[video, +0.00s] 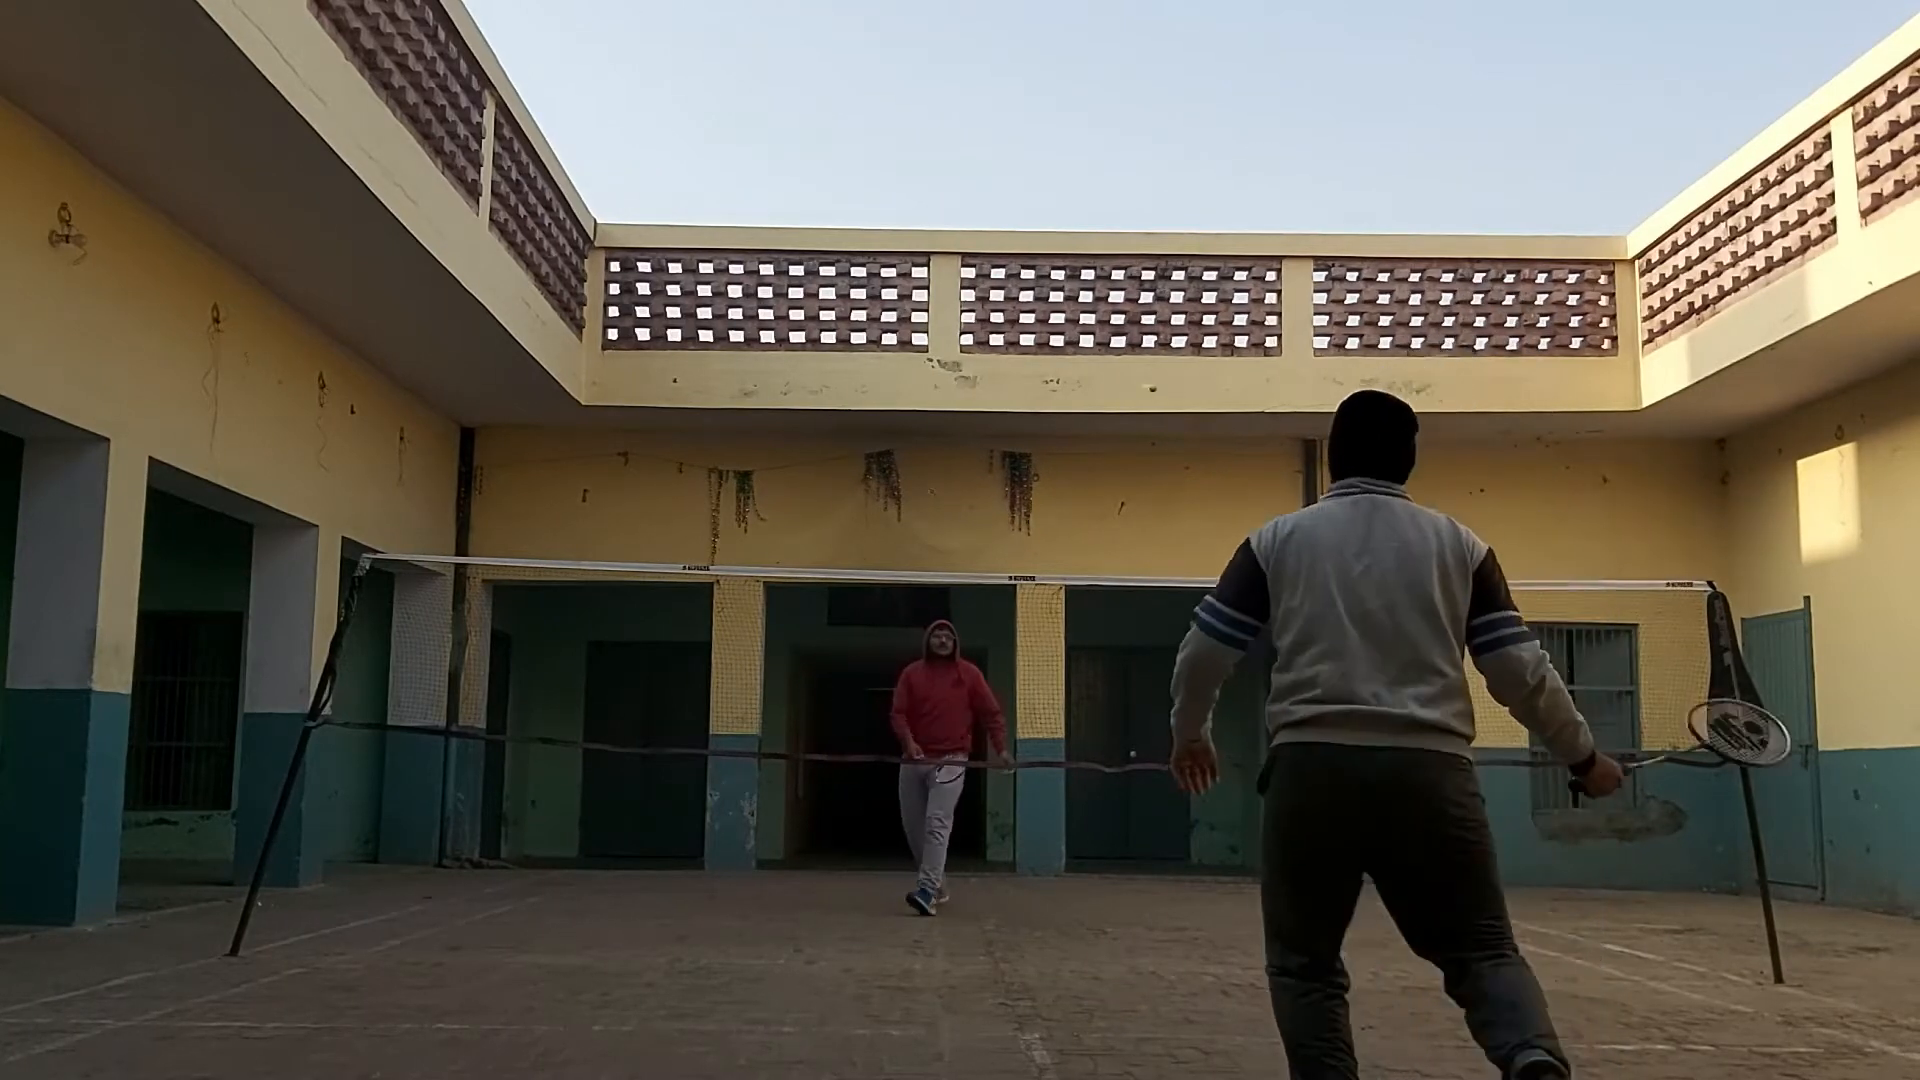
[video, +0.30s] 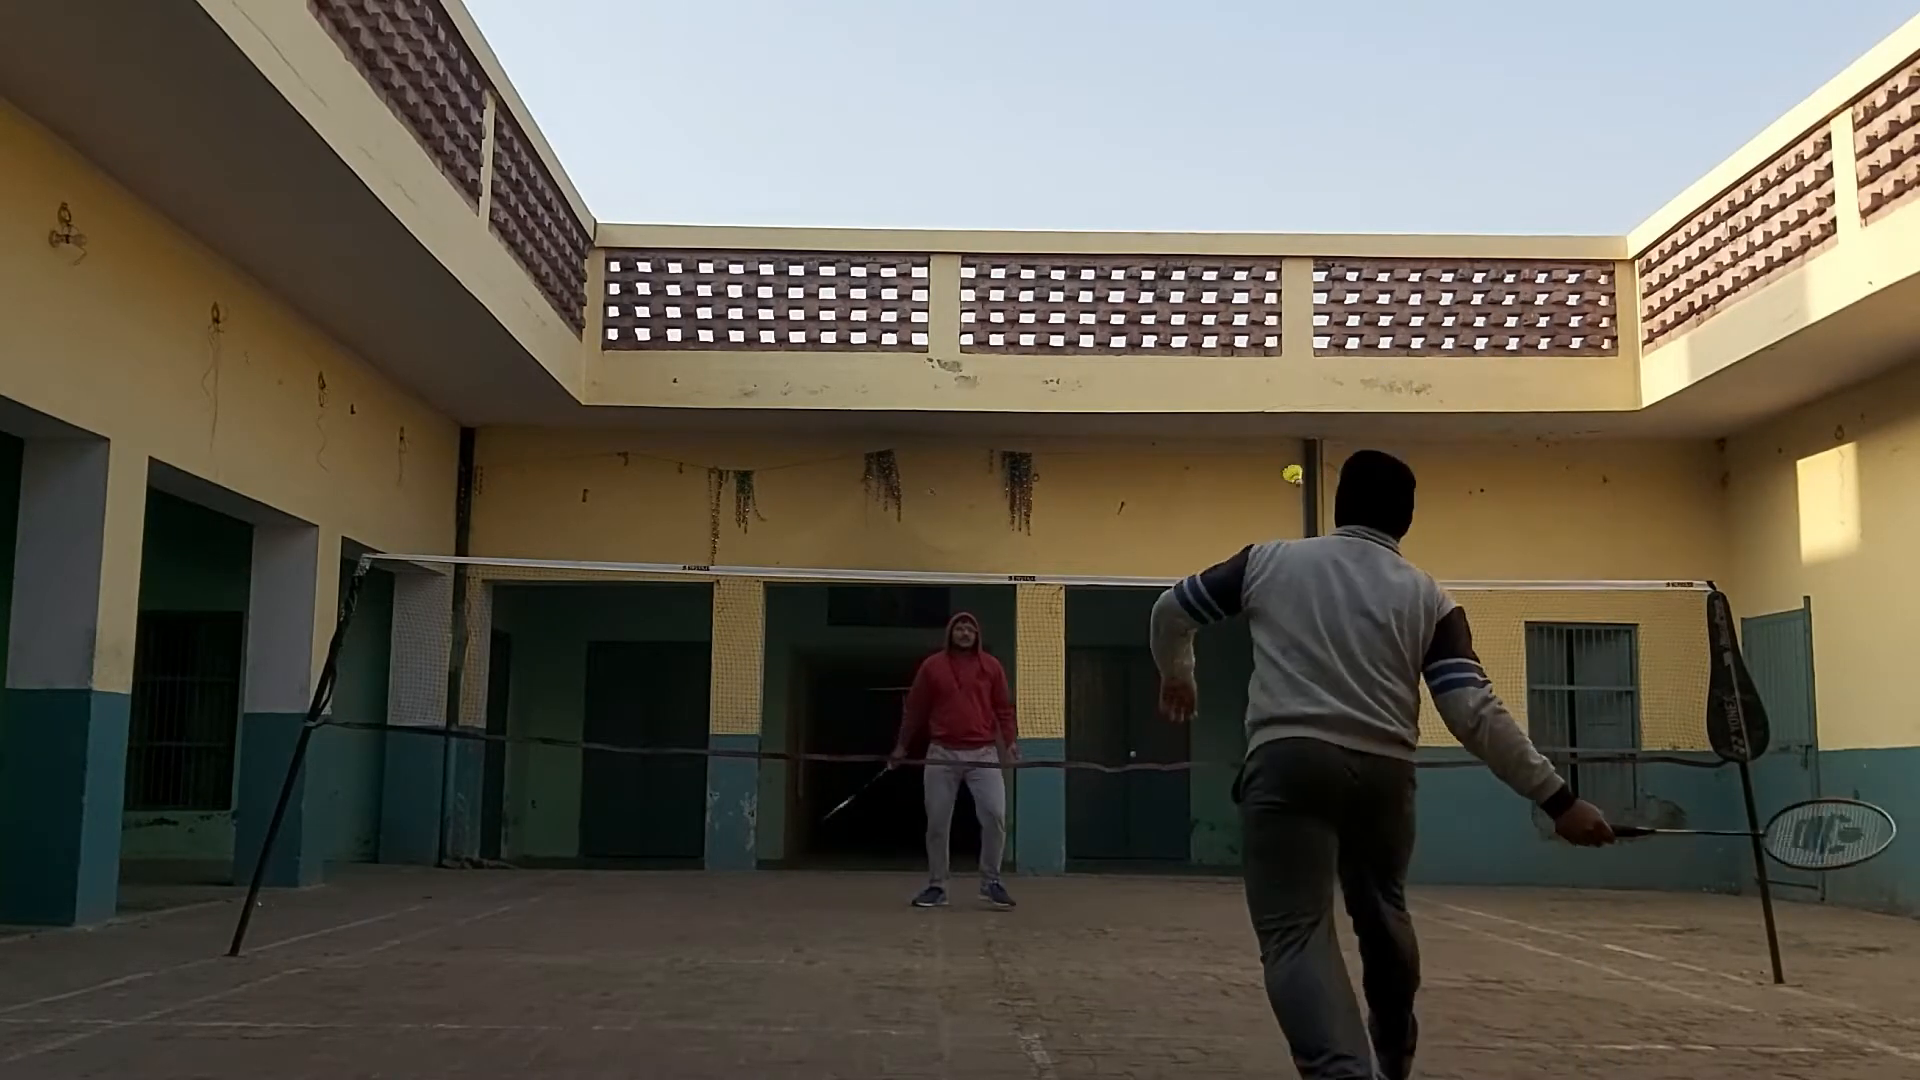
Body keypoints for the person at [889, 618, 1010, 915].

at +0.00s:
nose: (942, 640)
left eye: (947, 636)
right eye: (937, 636)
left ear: (954, 642)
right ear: (928, 641)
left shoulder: (968, 673)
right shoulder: (912, 673)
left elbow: (992, 712)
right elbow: (898, 714)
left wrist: (1000, 749)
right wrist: (908, 741)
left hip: (951, 760)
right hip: (915, 760)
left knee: (937, 823)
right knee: (913, 825)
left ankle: (927, 891)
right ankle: (936, 884)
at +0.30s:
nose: (965, 632)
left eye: (970, 629)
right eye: (959, 628)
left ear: (977, 635)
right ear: (950, 633)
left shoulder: (991, 666)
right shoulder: (932, 666)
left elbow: (1004, 708)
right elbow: (914, 710)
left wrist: (1010, 742)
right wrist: (901, 746)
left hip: (983, 753)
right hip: (942, 754)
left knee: (996, 816)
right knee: (937, 823)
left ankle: (991, 882)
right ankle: (936, 886)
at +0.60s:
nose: (997, 638)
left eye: (1001, 634)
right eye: (992, 634)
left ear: (1008, 640)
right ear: (983, 638)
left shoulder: (1022, 670)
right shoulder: (969, 669)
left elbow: (1043, 711)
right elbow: (952, 710)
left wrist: (1041, 745)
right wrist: (938, 745)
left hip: (1012, 757)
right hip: (972, 756)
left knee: (1022, 824)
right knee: (957, 819)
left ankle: (1035, 883)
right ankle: (944, 881)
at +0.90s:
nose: (993, 637)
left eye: (998, 635)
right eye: (988, 635)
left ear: (1006, 643)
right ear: (980, 643)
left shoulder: (1019, 671)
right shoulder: (972, 674)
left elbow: (1037, 709)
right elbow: (965, 715)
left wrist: (1018, 730)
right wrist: (959, 745)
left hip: (1018, 761)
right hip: (982, 759)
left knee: (1026, 821)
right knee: (966, 815)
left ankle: (1036, 884)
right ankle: (973, 875)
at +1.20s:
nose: (953, 645)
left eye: (960, 642)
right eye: (952, 642)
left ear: (971, 650)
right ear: (950, 651)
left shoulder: (977, 676)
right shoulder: (955, 678)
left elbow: (964, 684)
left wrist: (940, 678)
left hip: (985, 760)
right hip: (964, 761)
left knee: (1000, 821)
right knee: (949, 817)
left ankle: (1023, 879)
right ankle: (965, 879)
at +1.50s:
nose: (922, 634)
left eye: (927, 632)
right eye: (924, 632)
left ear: (935, 637)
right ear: (936, 640)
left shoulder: (937, 653)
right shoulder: (928, 664)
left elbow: (919, 634)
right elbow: (932, 707)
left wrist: (892, 621)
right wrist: (907, 722)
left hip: (939, 744)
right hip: (928, 744)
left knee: (924, 811)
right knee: (903, 800)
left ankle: (930, 877)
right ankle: (935, 855)